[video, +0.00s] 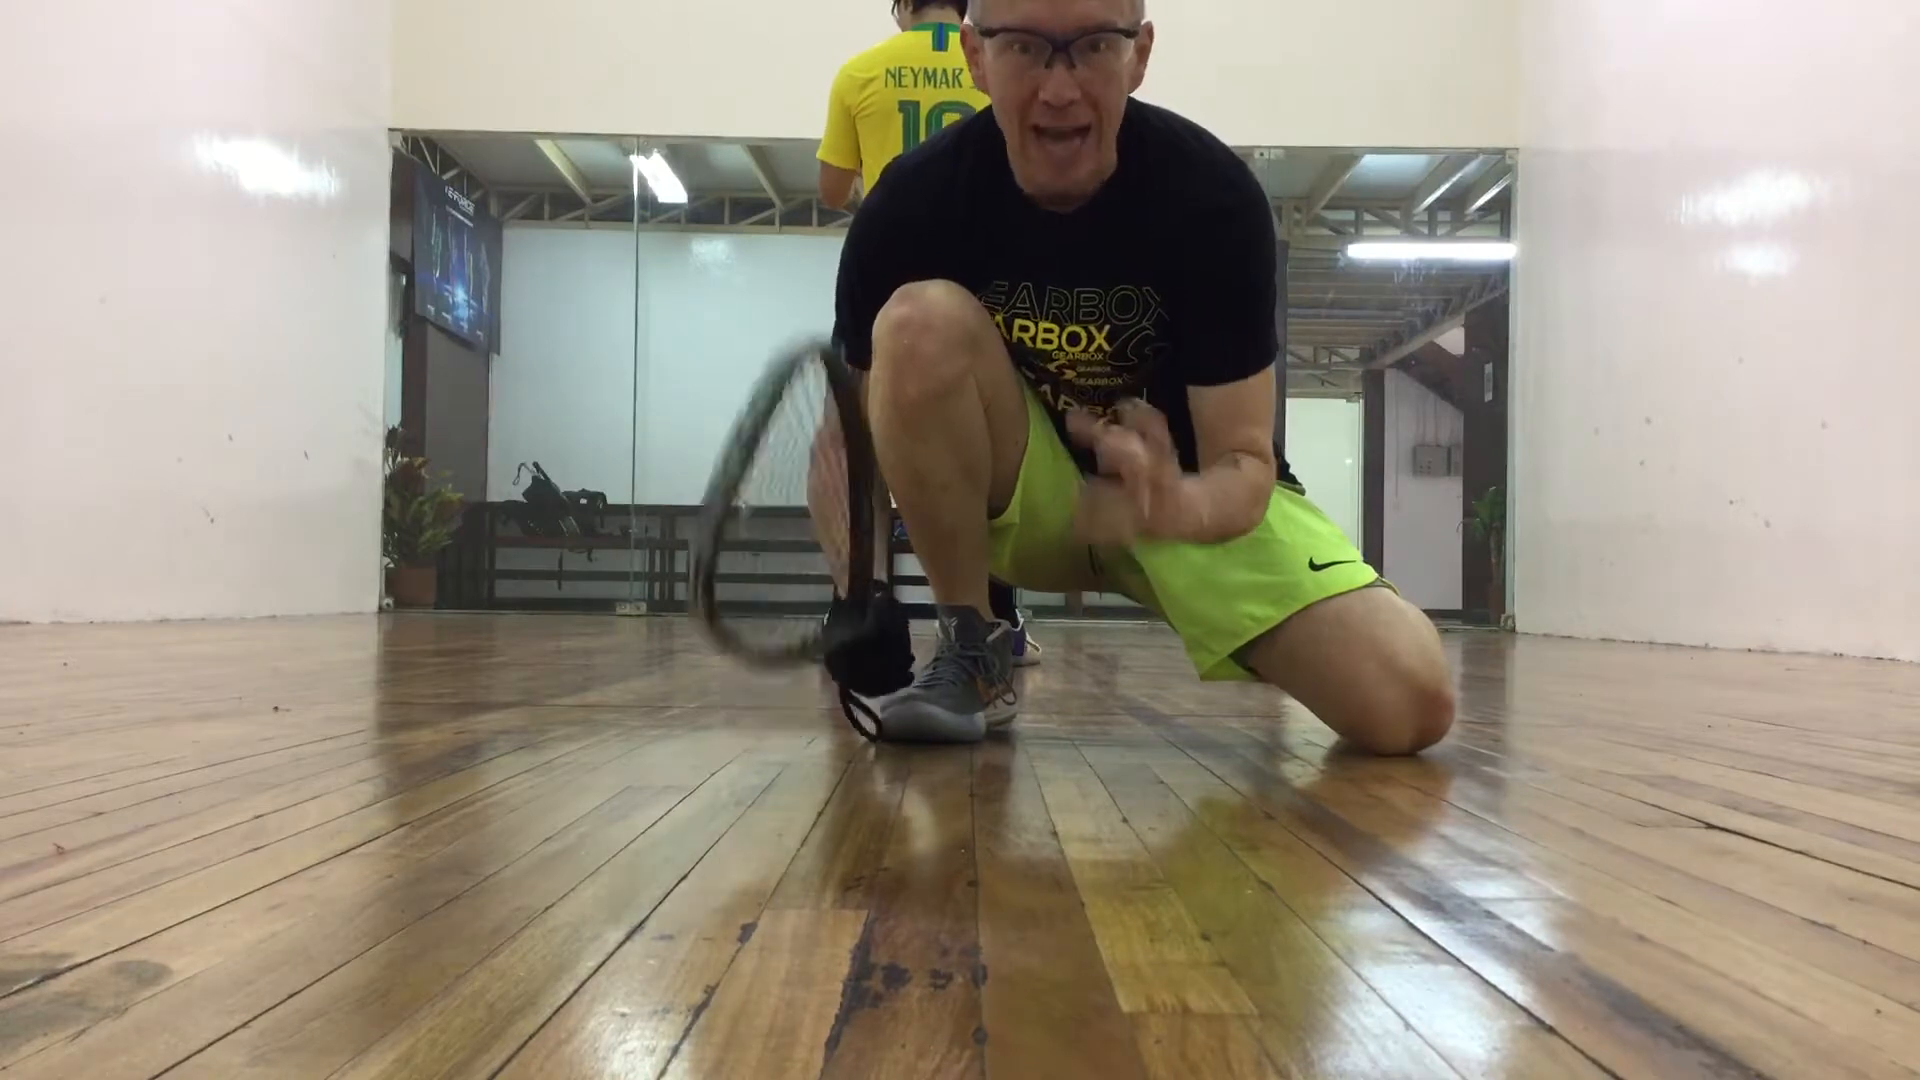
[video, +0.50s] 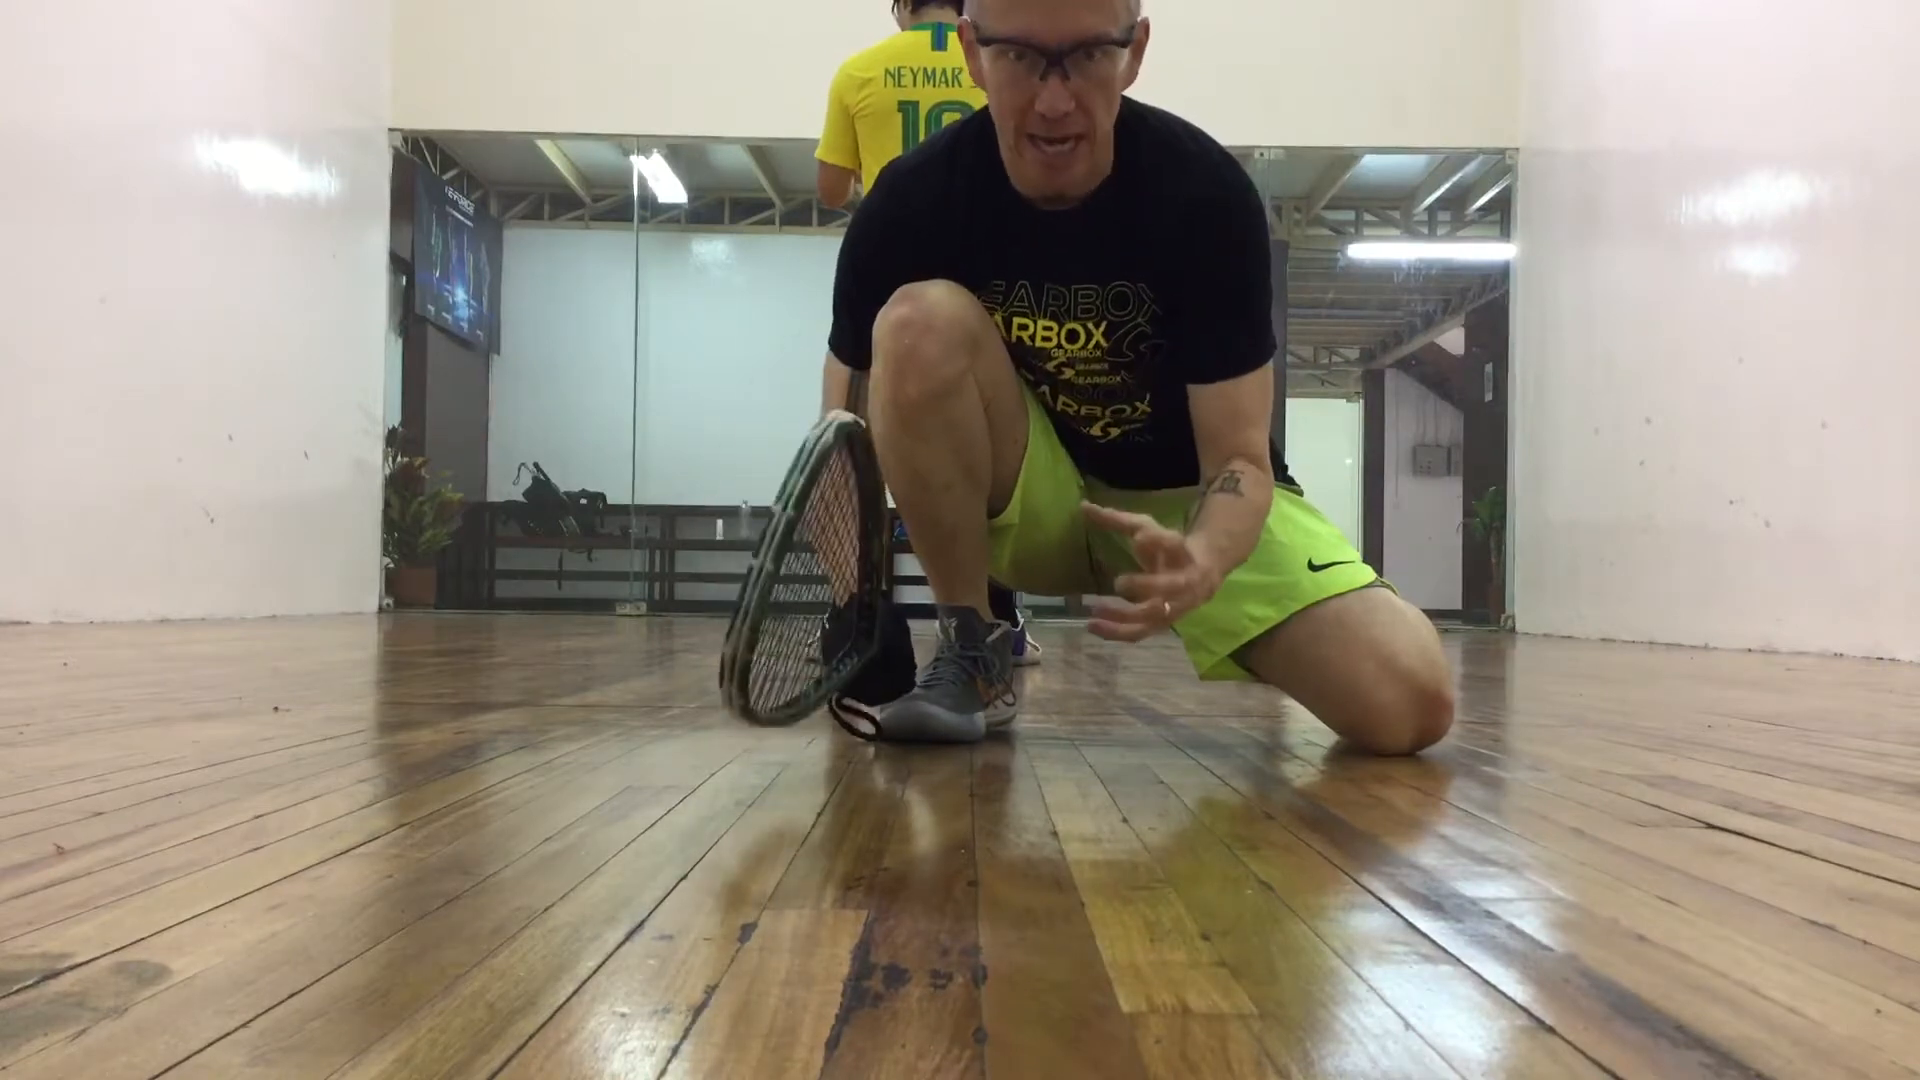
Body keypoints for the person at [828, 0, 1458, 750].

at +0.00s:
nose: (1059, 87)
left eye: (1093, 46)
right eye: (1026, 47)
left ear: (1140, 55)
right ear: (974, 58)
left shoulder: (1214, 198)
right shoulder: (912, 202)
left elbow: (1246, 467)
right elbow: (845, 430)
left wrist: (1176, 507)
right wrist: (857, 601)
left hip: (1196, 503)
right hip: (1029, 490)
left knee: (1411, 712)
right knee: (919, 323)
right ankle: (969, 644)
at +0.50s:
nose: (1055, 98)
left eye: (1088, 56)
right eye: (1022, 57)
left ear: (1136, 50)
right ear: (971, 50)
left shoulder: (1206, 194)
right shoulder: (909, 203)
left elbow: (1240, 465)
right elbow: (846, 434)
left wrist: (1205, 564)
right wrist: (856, 615)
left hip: (1200, 504)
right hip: (1033, 495)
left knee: (1412, 713)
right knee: (919, 322)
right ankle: (968, 646)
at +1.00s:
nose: (1056, 100)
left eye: (1088, 54)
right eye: (1021, 56)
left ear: (1135, 49)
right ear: (969, 50)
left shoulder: (1202, 192)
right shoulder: (908, 203)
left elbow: (1241, 457)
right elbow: (841, 428)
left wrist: (1204, 538)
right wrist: (859, 613)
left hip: (1199, 507)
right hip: (1032, 498)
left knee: (1411, 712)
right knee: (917, 324)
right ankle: (967, 646)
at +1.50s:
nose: (1054, 94)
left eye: (1085, 52)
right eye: (1020, 54)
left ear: (1133, 52)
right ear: (968, 55)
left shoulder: (1202, 195)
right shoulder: (908, 204)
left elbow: (1238, 465)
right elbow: (849, 436)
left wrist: (1205, 561)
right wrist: (858, 619)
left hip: (1198, 503)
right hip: (1031, 497)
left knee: (1411, 712)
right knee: (918, 320)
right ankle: (967, 642)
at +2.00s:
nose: (1054, 103)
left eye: (1085, 57)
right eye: (1021, 61)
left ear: (1131, 51)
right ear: (965, 57)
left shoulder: (1202, 197)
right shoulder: (906, 208)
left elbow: (1238, 467)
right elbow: (850, 432)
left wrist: (1203, 571)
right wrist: (857, 621)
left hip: (1194, 502)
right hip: (1028, 495)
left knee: (1411, 712)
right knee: (919, 319)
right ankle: (966, 645)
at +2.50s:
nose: (1063, 77)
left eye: (1095, 38)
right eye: (1028, 41)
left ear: (1137, 46)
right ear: (977, 52)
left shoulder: (1207, 192)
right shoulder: (913, 200)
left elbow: (1227, 463)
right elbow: (853, 427)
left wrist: (1173, 508)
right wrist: (857, 621)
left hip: (1186, 499)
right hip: (1021, 491)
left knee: (1411, 712)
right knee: (917, 316)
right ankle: (967, 642)